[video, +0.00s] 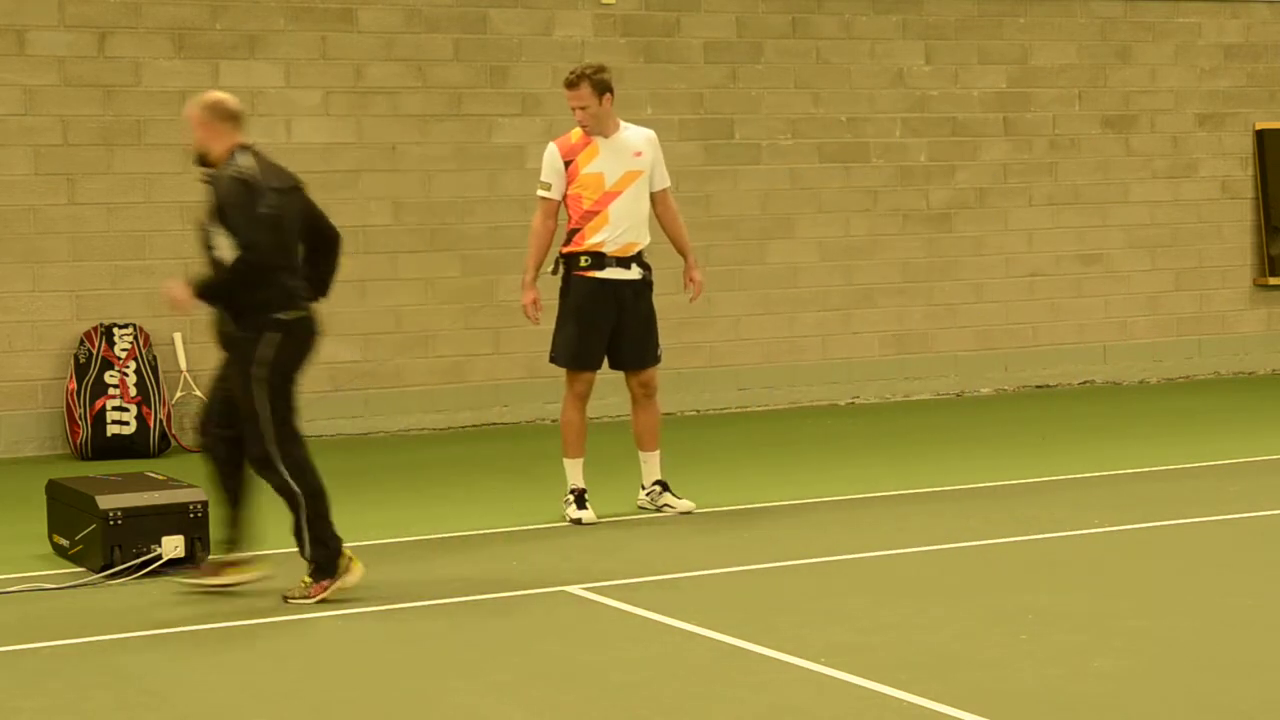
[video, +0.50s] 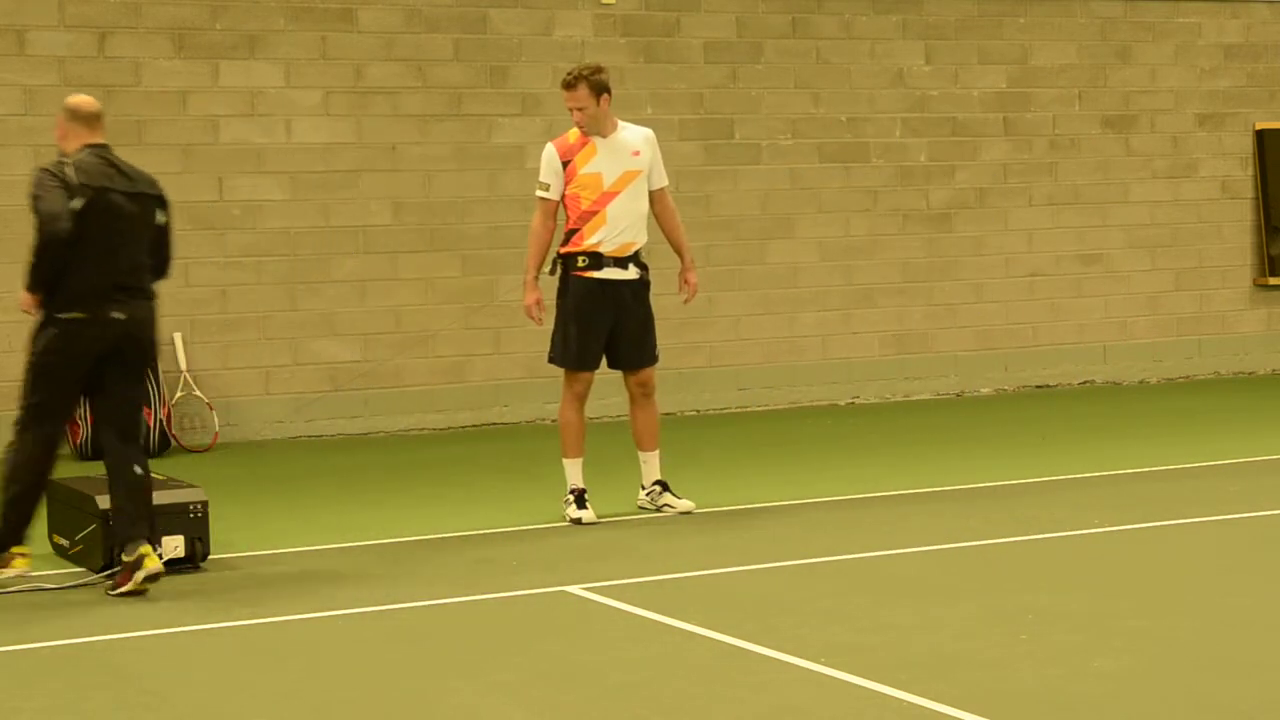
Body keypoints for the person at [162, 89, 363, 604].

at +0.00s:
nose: (191, 140)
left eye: (194, 130)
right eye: (192, 129)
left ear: (212, 128)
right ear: (232, 126)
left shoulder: (232, 183)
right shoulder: (270, 174)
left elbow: (260, 256)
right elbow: (325, 236)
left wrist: (201, 290)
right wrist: (306, 291)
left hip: (268, 331)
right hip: (275, 326)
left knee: (273, 444)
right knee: (220, 431)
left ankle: (331, 561)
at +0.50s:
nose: (56, 137)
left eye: (57, 130)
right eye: (59, 130)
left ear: (65, 129)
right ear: (102, 128)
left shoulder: (56, 175)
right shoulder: (146, 185)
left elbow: (56, 228)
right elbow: (158, 264)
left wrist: (36, 286)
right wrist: (109, 273)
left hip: (72, 327)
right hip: (133, 328)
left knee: (37, 434)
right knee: (123, 439)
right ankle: (138, 548)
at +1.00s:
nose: (57, 140)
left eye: (54, 132)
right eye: (56, 133)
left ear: (11, 133)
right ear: (48, 133)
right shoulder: (71, 189)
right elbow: (104, 247)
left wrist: (107, 311)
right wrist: (108, 310)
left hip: (2, 331)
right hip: (43, 332)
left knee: (7, 425)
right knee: (29, 429)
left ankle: (8, 529)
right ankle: (11, 529)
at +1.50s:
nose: (72, 145)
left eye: (70, 136)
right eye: (66, 137)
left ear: (31, 137)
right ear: (42, 138)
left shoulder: (3, 178)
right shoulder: (53, 193)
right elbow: (64, 269)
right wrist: (78, 323)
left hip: (5, 322)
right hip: (32, 327)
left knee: (18, 422)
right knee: (26, 427)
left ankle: (20, 515)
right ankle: (4, 529)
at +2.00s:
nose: (82, 152)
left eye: (83, 144)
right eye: (78, 143)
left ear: (53, 137)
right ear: (50, 135)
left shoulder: (47, 177)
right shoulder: (25, 180)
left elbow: (47, 253)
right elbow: (24, 253)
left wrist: (64, 312)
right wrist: (63, 310)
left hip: (34, 319)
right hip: (17, 319)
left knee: (46, 411)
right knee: (37, 413)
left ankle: (28, 510)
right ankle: (24, 518)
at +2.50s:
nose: (71, 145)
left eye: (71, 137)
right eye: (63, 137)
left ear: (55, 138)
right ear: (32, 138)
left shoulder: (78, 187)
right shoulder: (4, 190)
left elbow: (95, 254)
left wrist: (119, 306)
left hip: (74, 330)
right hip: (19, 333)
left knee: (102, 420)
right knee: (23, 430)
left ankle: (121, 517)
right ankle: (28, 521)